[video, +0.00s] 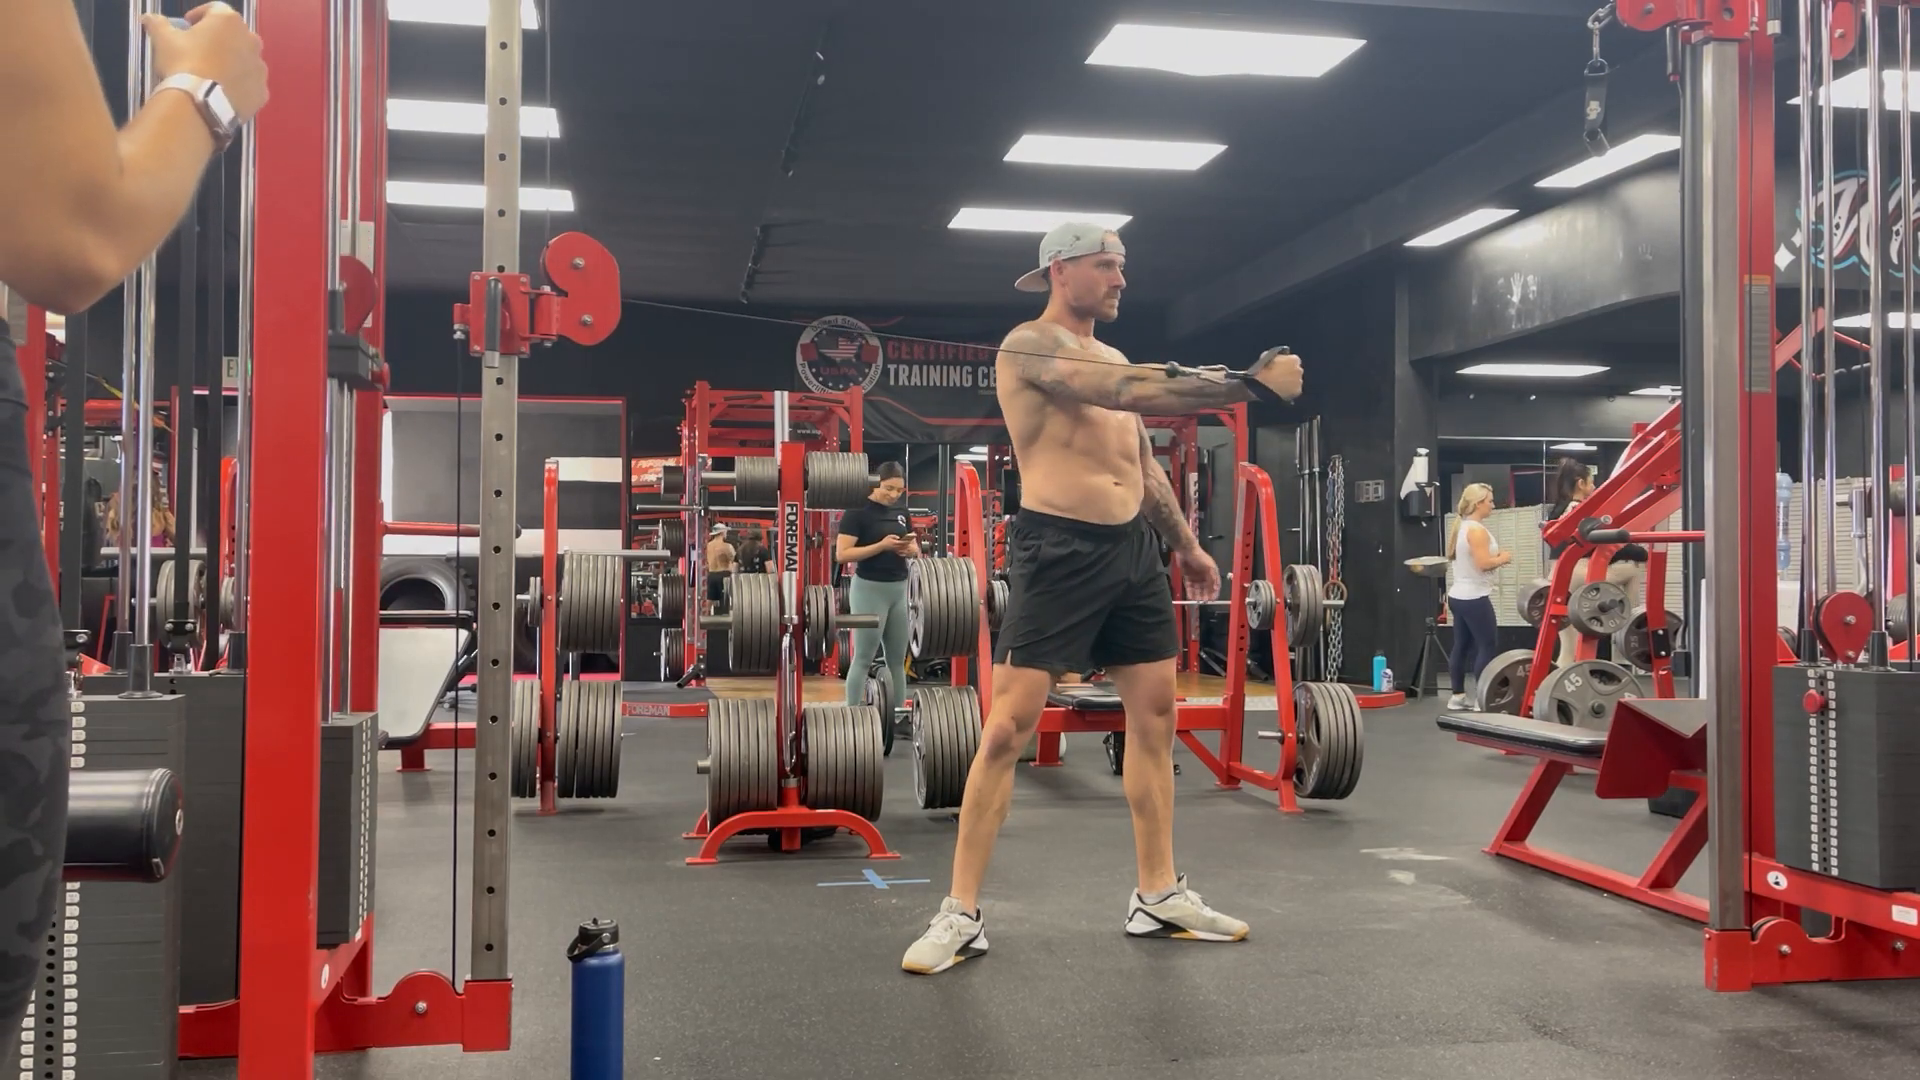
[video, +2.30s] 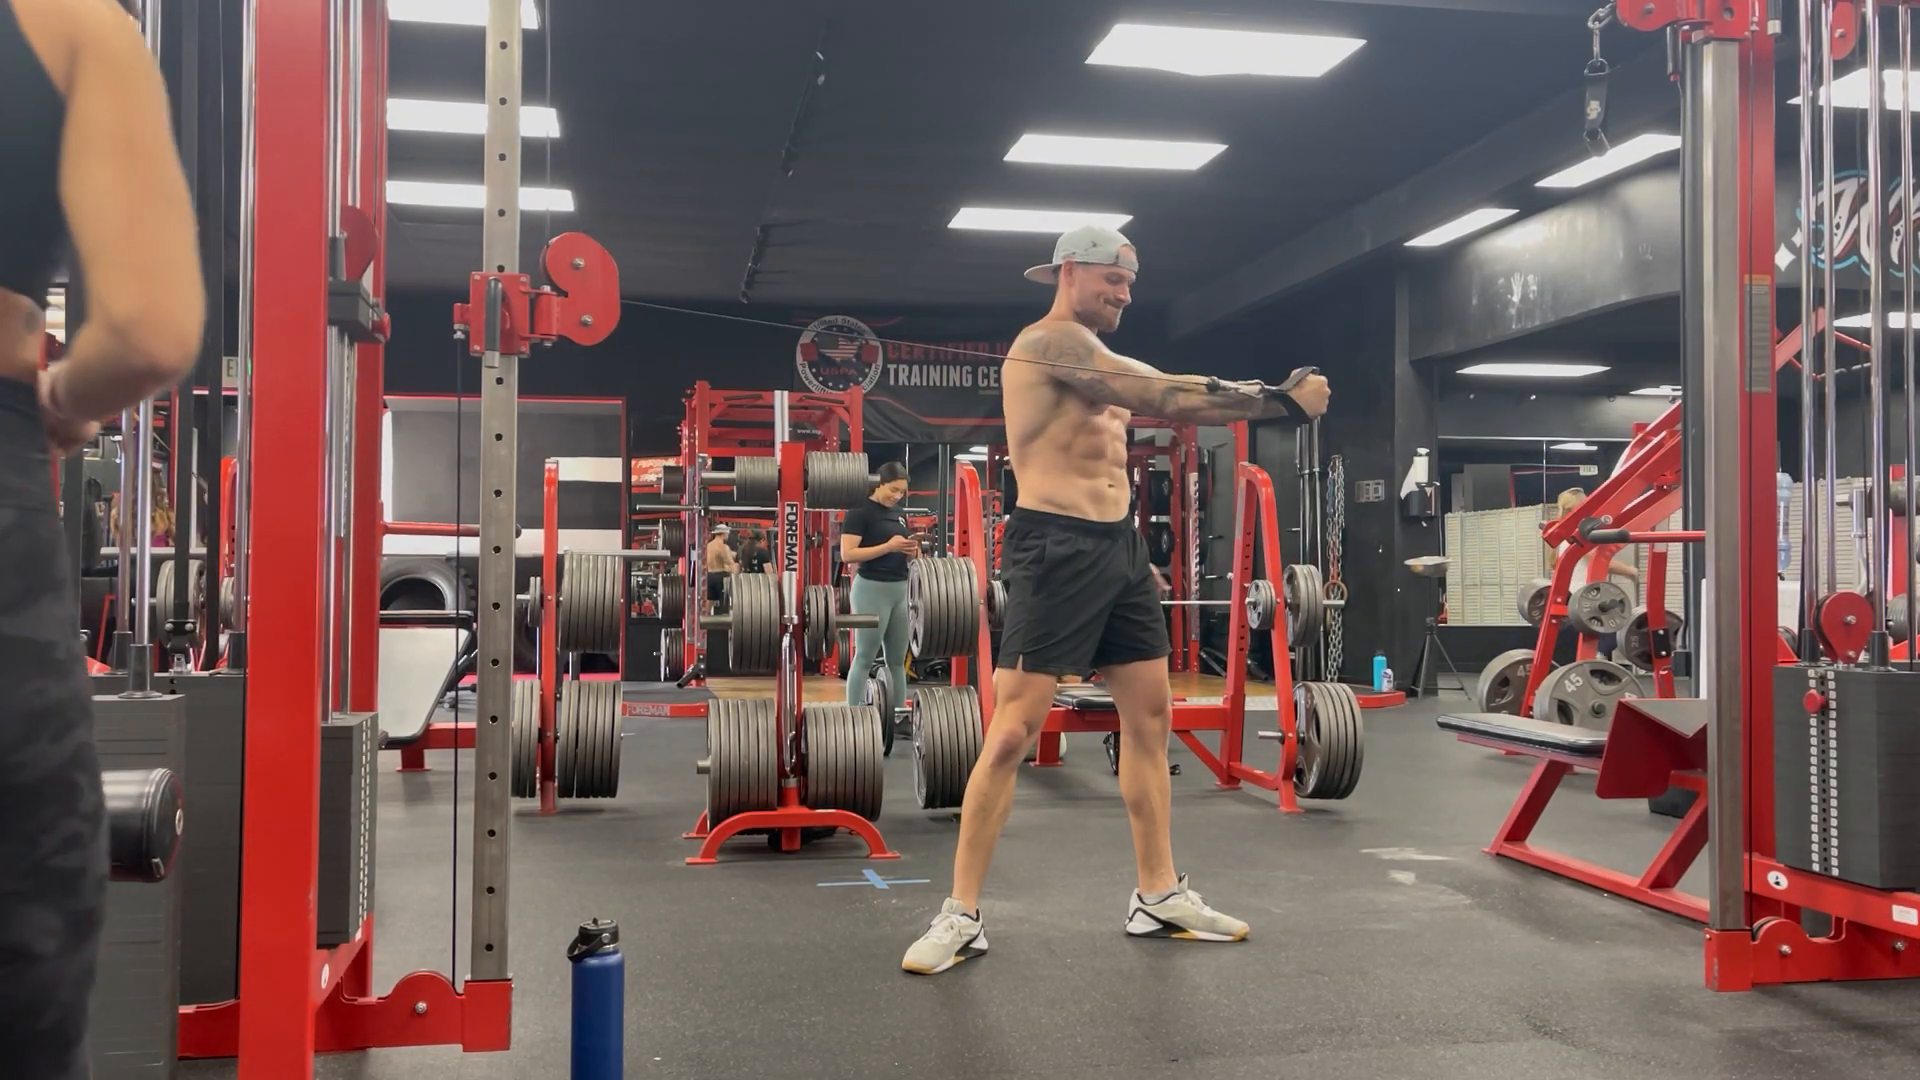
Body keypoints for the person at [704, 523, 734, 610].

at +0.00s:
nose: (726, 534)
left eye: (726, 532)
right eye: (725, 532)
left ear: (715, 533)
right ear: (722, 533)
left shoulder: (709, 545)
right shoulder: (727, 546)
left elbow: (708, 559)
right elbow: (733, 557)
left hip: (712, 572)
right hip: (724, 572)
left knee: (710, 600)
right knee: (725, 601)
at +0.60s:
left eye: (712, 534)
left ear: (713, 534)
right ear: (723, 534)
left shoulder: (708, 547)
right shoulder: (732, 546)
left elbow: (705, 561)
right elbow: (739, 558)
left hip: (712, 573)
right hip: (728, 573)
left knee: (710, 600)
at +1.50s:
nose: (725, 535)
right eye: (725, 533)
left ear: (714, 533)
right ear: (724, 534)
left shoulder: (708, 545)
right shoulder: (726, 547)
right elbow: (735, 558)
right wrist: (730, 567)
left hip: (710, 572)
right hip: (723, 572)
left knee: (709, 600)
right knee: (723, 601)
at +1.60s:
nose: (727, 535)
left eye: (727, 533)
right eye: (726, 533)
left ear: (715, 534)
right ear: (723, 534)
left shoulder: (709, 545)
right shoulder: (724, 546)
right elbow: (732, 559)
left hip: (710, 572)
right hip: (722, 572)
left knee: (710, 599)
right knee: (723, 599)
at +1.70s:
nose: (728, 535)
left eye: (728, 533)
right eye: (727, 533)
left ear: (717, 534)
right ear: (723, 534)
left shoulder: (709, 545)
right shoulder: (722, 547)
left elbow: (728, 552)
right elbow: (729, 561)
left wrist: (735, 555)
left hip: (711, 572)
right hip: (722, 573)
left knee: (711, 600)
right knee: (723, 600)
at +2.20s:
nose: (728, 536)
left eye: (728, 534)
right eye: (727, 534)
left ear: (718, 534)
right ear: (723, 534)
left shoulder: (710, 545)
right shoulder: (722, 547)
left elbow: (727, 552)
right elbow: (726, 564)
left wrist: (735, 555)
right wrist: (733, 574)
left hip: (711, 572)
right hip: (721, 572)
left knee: (710, 599)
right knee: (722, 600)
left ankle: (707, 616)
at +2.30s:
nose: (727, 536)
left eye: (727, 534)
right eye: (727, 534)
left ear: (716, 533)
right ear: (723, 534)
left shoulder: (709, 545)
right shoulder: (723, 546)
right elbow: (728, 560)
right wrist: (734, 567)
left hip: (711, 572)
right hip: (721, 572)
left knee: (710, 599)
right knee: (723, 599)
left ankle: (707, 616)